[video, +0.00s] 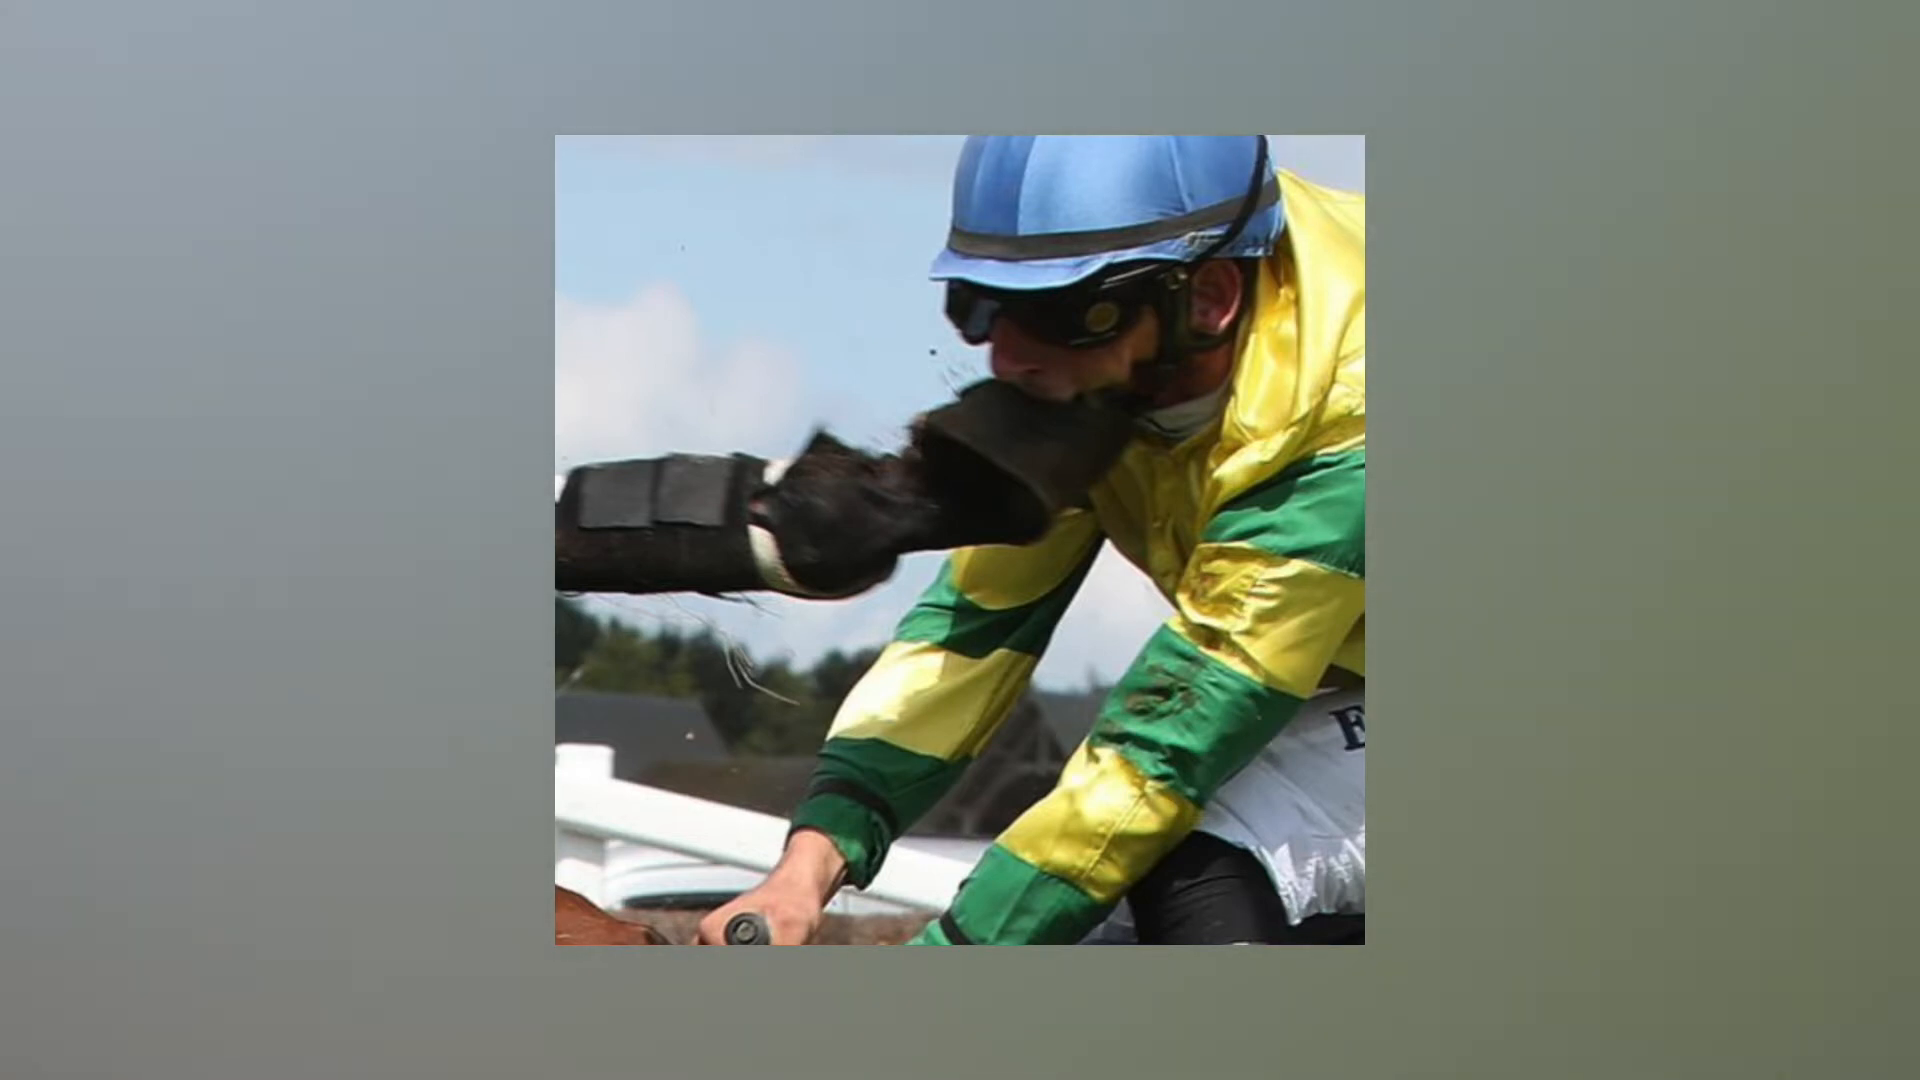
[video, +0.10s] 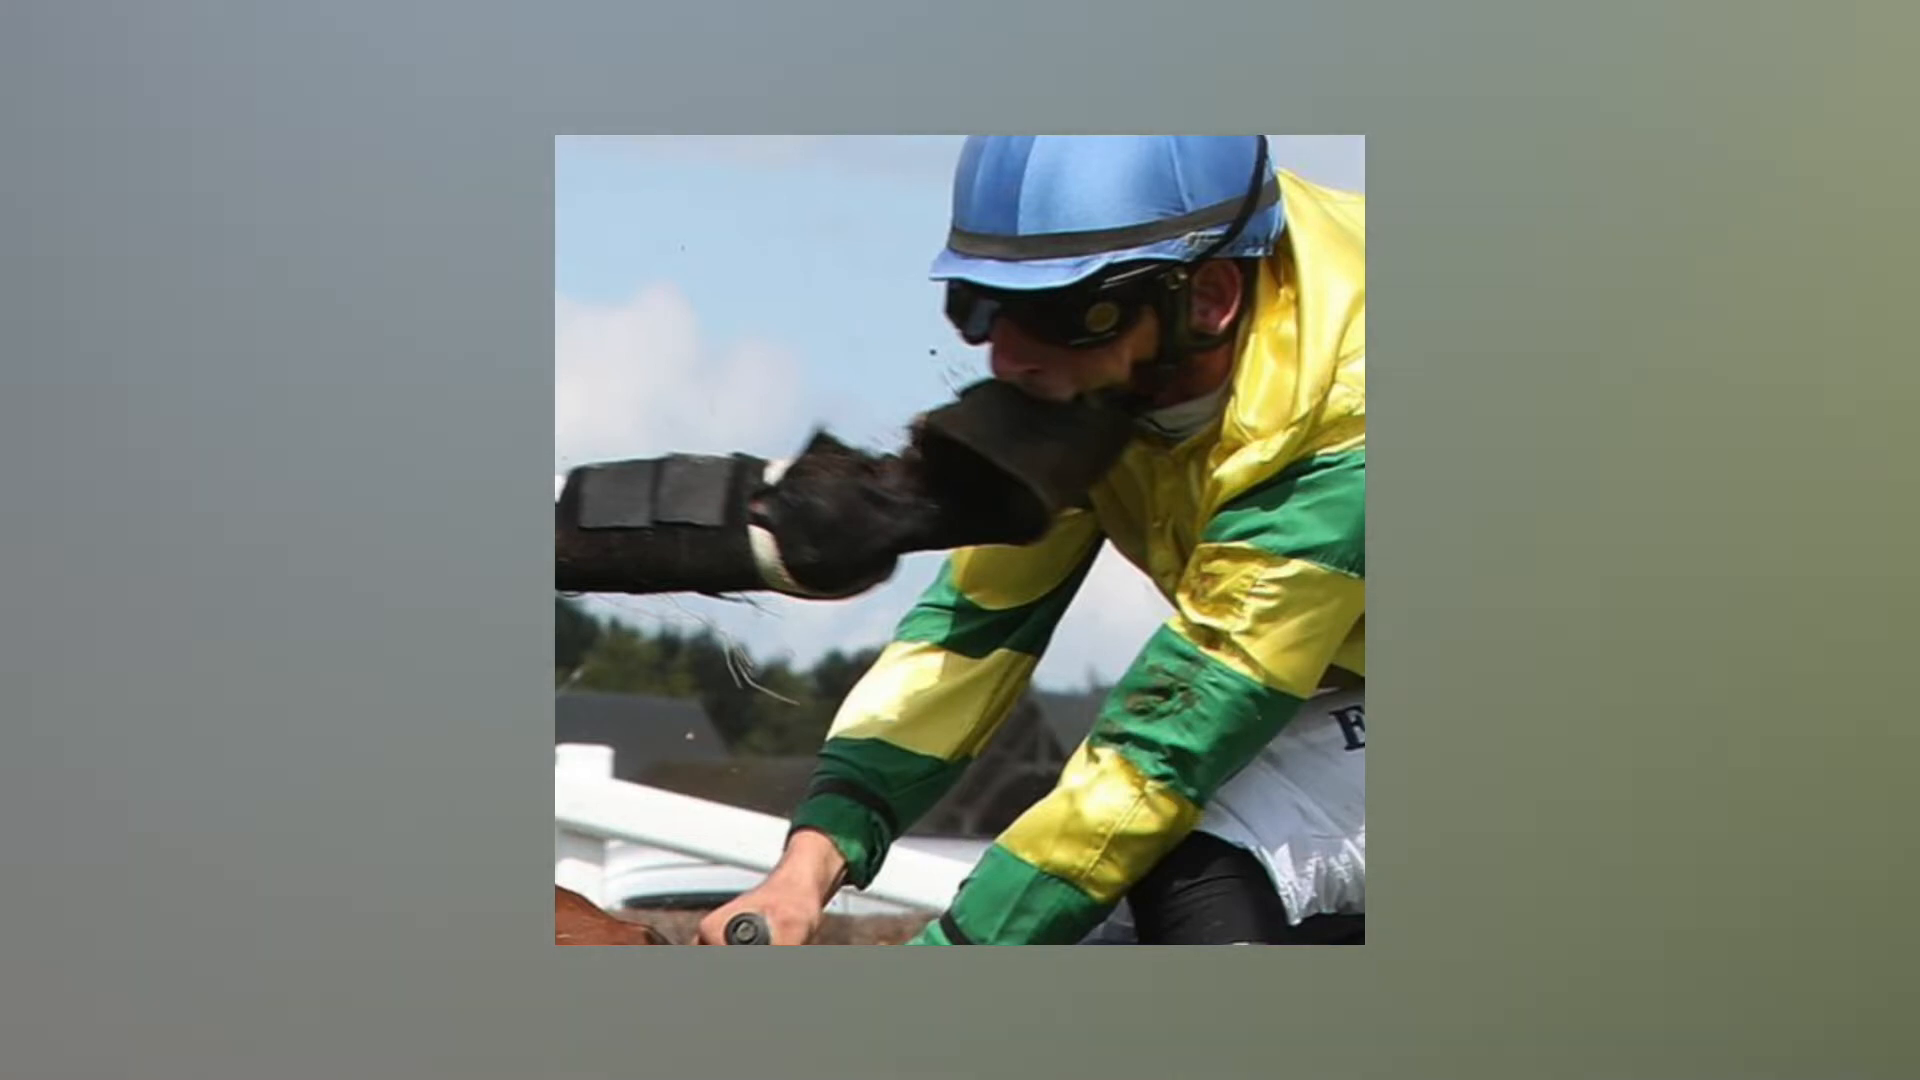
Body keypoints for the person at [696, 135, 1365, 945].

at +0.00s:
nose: (1005, 358)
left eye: (1056, 319)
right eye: (989, 309)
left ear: (1210, 298)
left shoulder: (1341, 429)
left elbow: (1160, 752)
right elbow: (969, 623)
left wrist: (933, 965)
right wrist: (805, 871)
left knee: (1204, 865)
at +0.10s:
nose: (1005, 358)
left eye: (1056, 319)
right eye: (989, 309)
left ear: (1210, 298)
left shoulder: (1341, 429)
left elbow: (1160, 752)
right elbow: (969, 623)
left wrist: (932, 966)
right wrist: (805, 871)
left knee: (1204, 864)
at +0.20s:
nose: (1005, 359)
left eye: (1057, 319)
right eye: (989, 310)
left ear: (1210, 298)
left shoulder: (1342, 429)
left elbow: (1161, 751)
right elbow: (969, 623)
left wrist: (935, 963)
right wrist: (805, 871)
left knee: (1204, 865)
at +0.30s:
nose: (1005, 359)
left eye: (1056, 319)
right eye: (989, 310)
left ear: (1210, 298)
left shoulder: (1341, 429)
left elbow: (1161, 751)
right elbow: (969, 623)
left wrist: (933, 965)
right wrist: (805, 871)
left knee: (1204, 864)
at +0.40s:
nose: (1005, 358)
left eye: (1057, 319)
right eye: (989, 310)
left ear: (1210, 298)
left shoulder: (1341, 429)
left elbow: (1160, 751)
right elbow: (969, 623)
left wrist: (933, 966)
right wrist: (805, 871)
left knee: (1205, 864)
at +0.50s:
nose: (1005, 358)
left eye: (1056, 319)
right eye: (989, 309)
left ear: (1210, 298)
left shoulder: (1342, 429)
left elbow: (1160, 752)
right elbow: (969, 623)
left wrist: (933, 965)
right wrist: (805, 871)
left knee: (1204, 864)